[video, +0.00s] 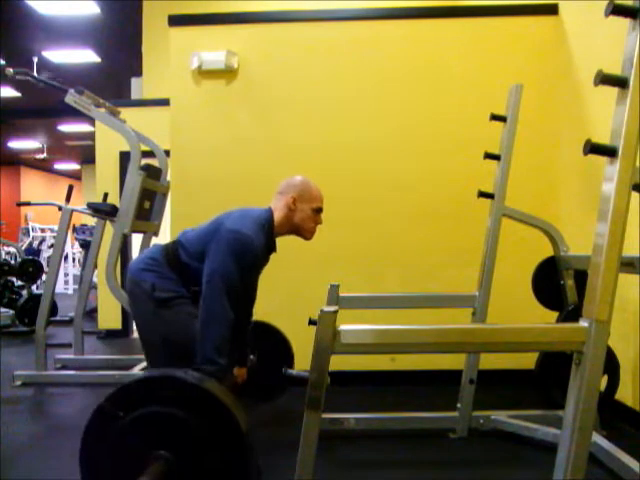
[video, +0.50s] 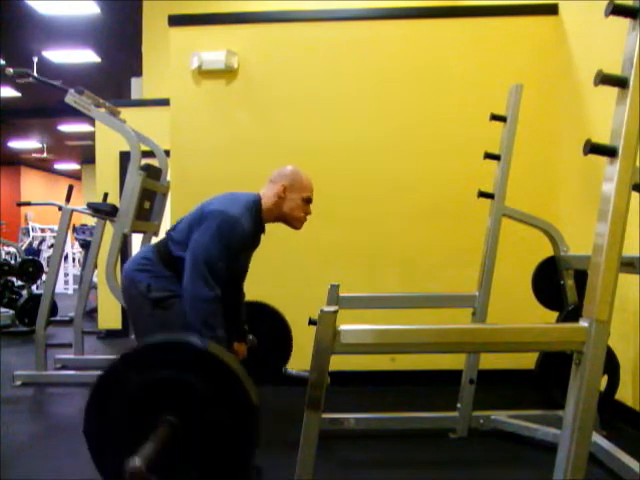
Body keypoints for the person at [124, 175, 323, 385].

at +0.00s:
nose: (320, 220)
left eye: (321, 213)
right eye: (316, 212)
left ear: (292, 204)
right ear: (292, 204)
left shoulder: (258, 237)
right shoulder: (243, 233)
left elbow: (242, 306)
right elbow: (217, 304)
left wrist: (238, 360)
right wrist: (215, 372)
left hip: (172, 283)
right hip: (153, 279)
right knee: (178, 369)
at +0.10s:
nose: (321, 221)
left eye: (322, 214)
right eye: (317, 213)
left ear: (293, 208)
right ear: (292, 206)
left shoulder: (259, 242)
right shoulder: (244, 238)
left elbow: (245, 311)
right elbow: (221, 310)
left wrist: (240, 366)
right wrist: (219, 379)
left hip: (174, 286)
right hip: (155, 282)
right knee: (186, 371)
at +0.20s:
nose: (320, 221)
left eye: (320, 214)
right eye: (315, 213)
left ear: (291, 208)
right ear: (291, 207)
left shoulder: (259, 243)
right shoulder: (244, 239)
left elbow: (246, 314)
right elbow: (222, 313)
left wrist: (243, 369)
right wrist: (221, 382)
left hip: (175, 286)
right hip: (155, 282)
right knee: (187, 370)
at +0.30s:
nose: (317, 220)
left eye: (317, 212)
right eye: (313, 211)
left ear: (289, 206)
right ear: (288, 204)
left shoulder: (256, 240)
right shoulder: (240, 236)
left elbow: (245, 311)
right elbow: (220, 310)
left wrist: (243, 365)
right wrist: (221, 379)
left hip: (172, 286)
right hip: (153, 282)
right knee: (185, 374)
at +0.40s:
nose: (313, 214)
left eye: (314, 207)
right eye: (309, 206)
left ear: (286, 200)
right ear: (285, 199)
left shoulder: (252, 233)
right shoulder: (237, 229)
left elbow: (240, 302)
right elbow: (212, 301)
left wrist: (241, 354)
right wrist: (221, 368)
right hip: (150, 283)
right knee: (180, 371)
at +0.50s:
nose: (309, 211)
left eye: (310, 203)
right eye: (306, 201)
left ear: (281, 193)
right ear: (282, 193)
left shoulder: (249, 223)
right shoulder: (231, 218)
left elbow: (231, 288)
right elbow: (200, 288)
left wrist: (238, 336)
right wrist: (216, 346)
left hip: (171, 282)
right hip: (150, 281)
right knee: (171, 362)